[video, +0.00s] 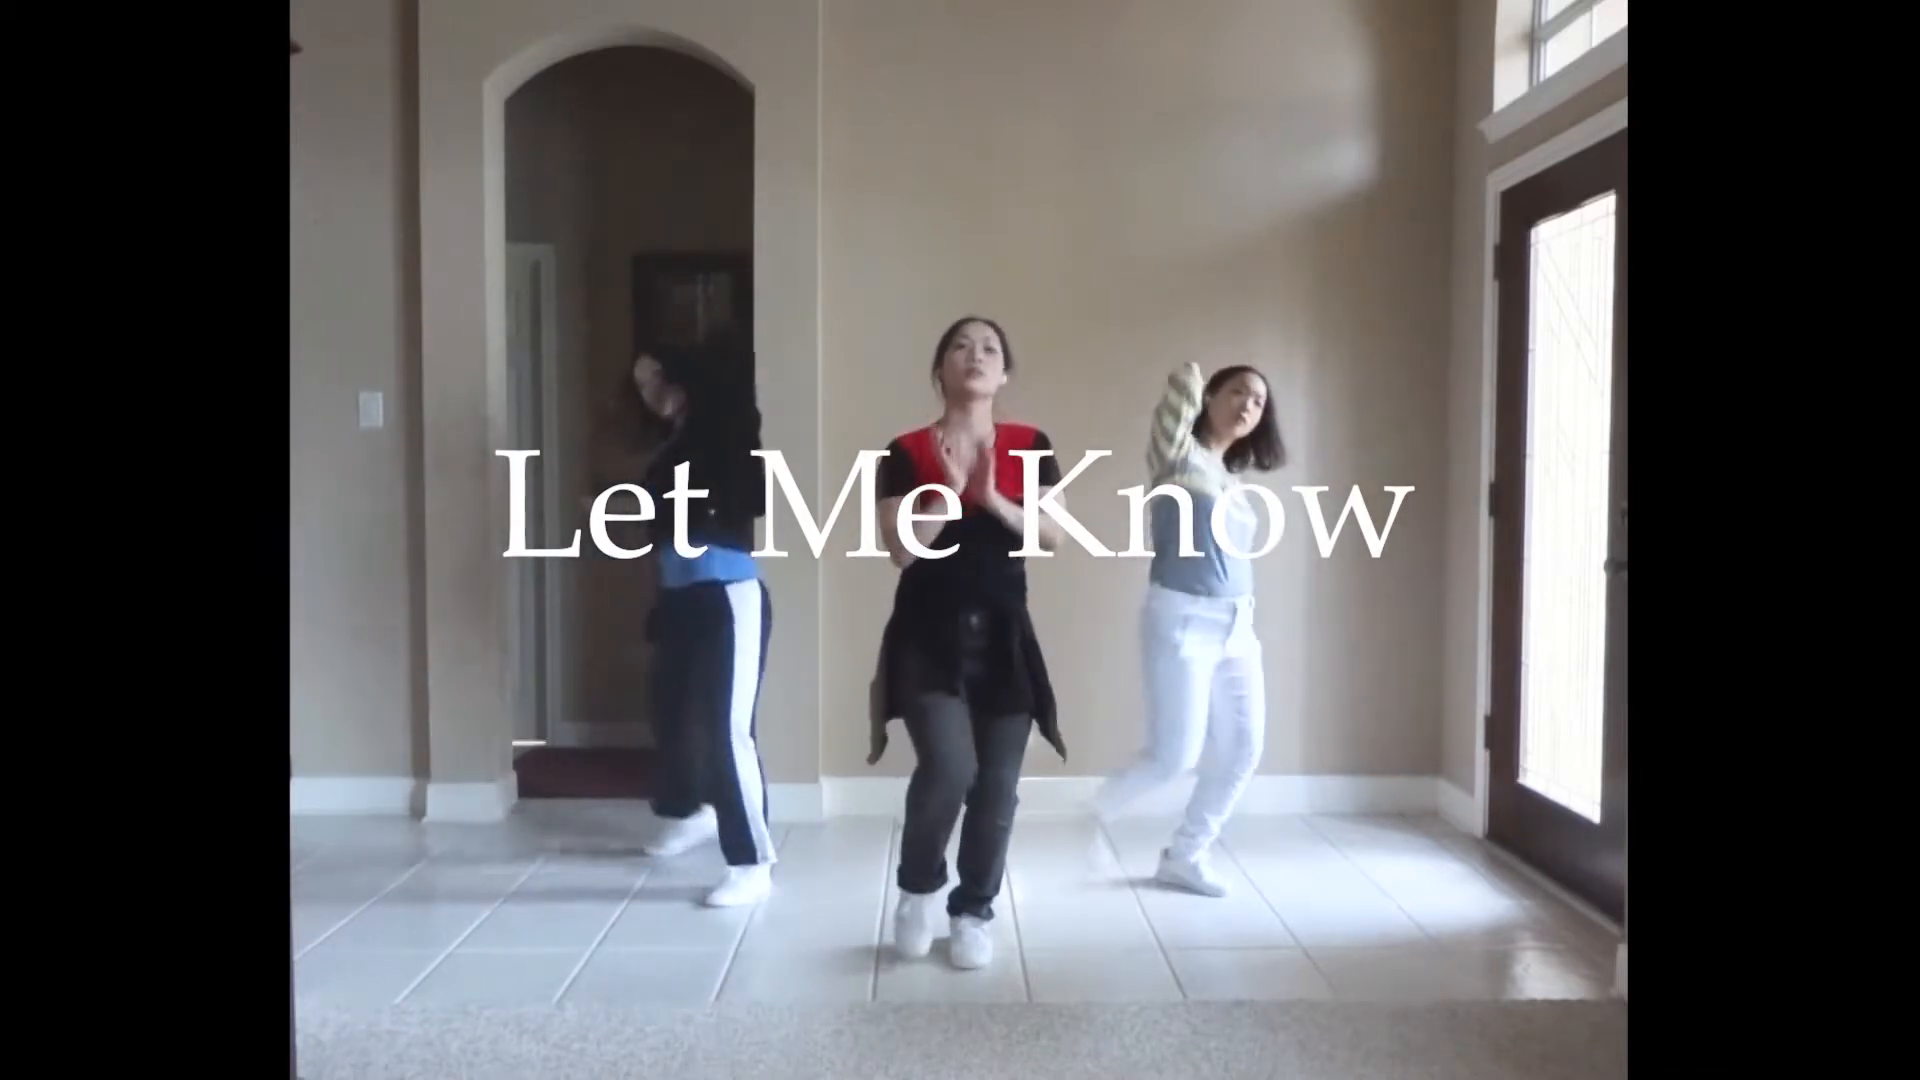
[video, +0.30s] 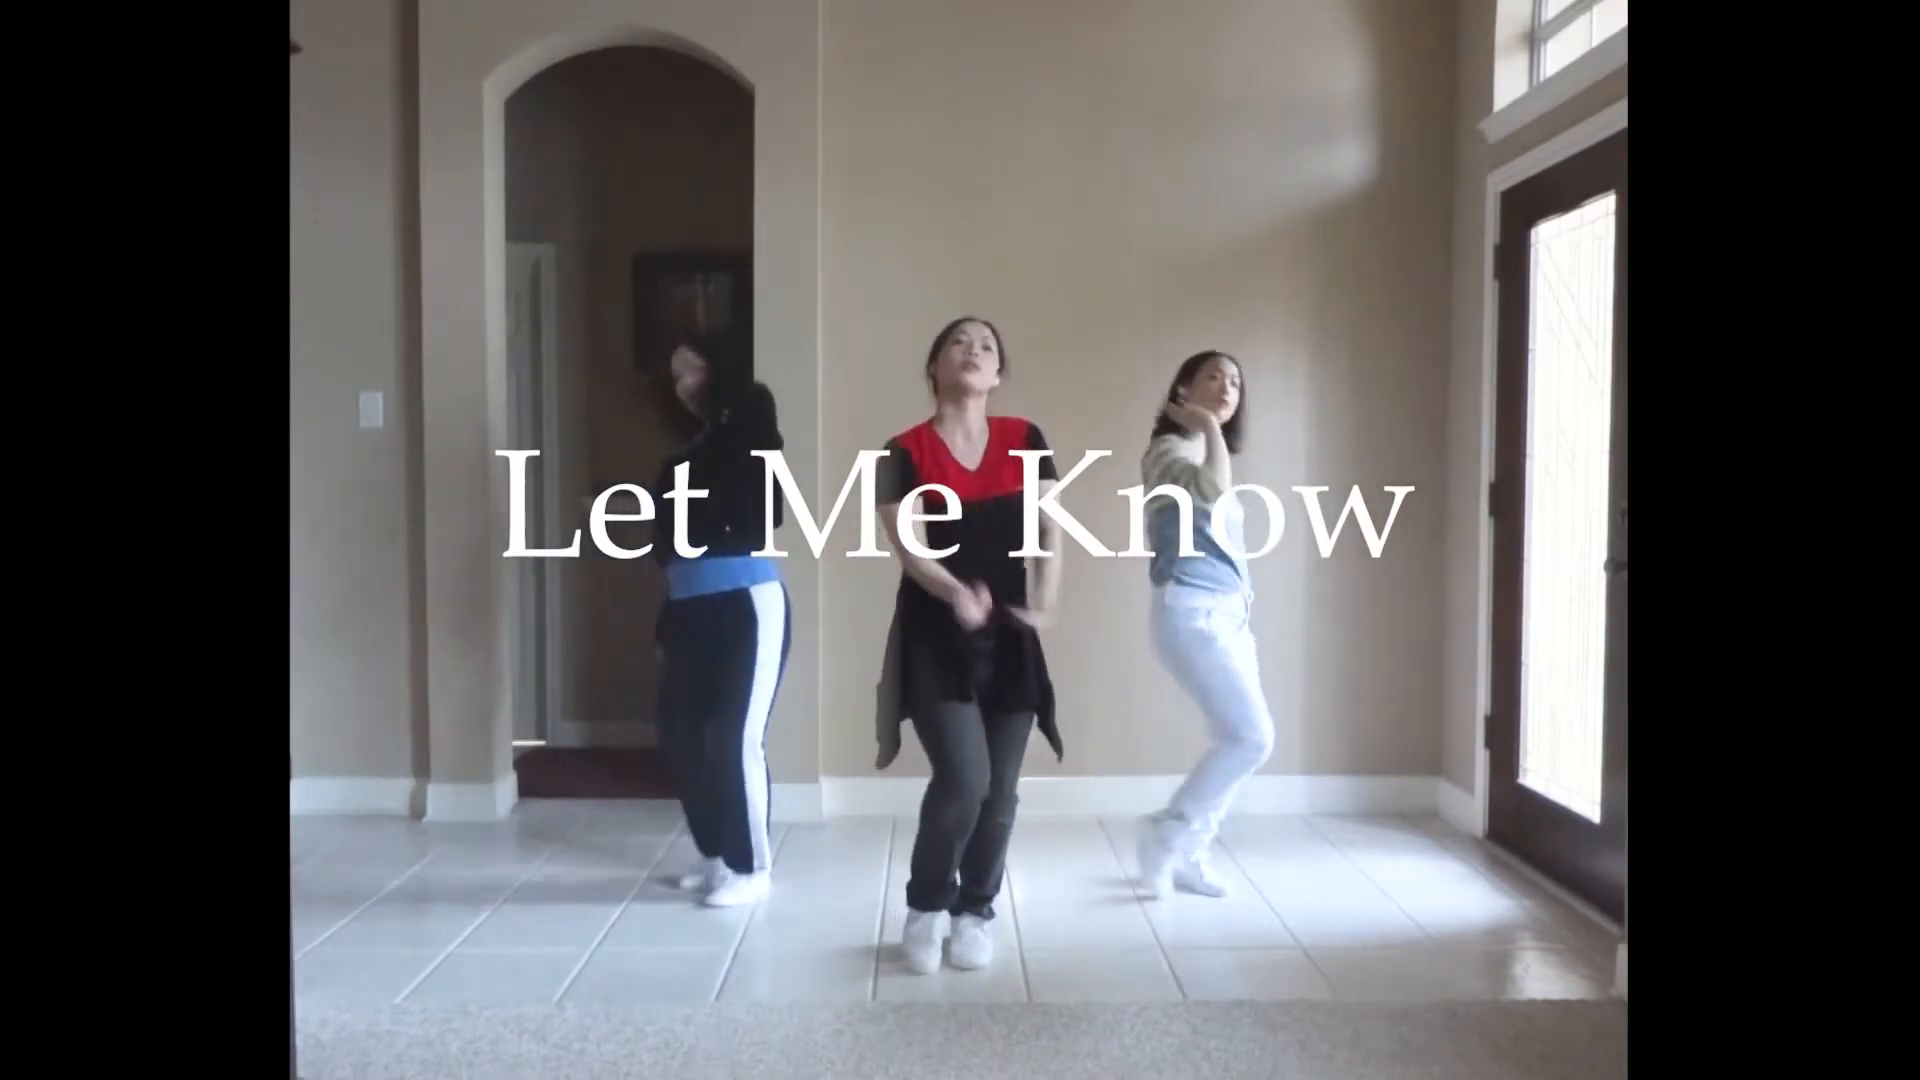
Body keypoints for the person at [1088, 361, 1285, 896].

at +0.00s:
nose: (1249, 403)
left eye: (1259, 400)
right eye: (1240, 392)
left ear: (1260, 421)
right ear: (1209, 398)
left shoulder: (1236, 478)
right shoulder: (1176, 459)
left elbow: (1229, 557)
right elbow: (1172, 423)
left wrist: (1241, 617)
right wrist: (1188, 381)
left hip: (1235, 624)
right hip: (1180, 619)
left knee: (1240, 750)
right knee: (1173, 756)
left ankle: (1184, 858)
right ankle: (1096, 812)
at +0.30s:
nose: (1227, 388)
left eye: (1234, 384)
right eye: (1215, 377)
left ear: (1237, 406)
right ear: (1181, 392)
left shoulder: (1210, 460)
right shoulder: (1165, 452)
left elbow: (1220, 541)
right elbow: (1212, 493)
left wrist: (1237, 600)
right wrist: (1211, 428)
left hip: (1227, 612)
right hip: (1188, 611)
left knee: (1243, 738)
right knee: (1251, 738)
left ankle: (1191, 850)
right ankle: (1166, 832)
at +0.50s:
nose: (1211, 373)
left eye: (1218, 367)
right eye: (1197, 364)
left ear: (1224, 387)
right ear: (1170, 379)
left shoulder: (1205, 447)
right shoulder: (1170, 444)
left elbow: (1207, 526)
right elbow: (1205, 518)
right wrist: (1243, 462)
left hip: (1222, 599)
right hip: (1192, 602)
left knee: (1204, 737)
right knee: (1267, 725)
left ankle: (1184, 857)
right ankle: (1189, 846)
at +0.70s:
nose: (1204, 365)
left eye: (1208, 358)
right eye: (1189, 358)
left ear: (1215, 375)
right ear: (1161, 377)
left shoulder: (1188, 440)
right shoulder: (1177, 441)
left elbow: (1213, 524)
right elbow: (1220, 520)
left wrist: (1279, 520)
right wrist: (1286, 515)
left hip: (1200, 596)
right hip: (1189, 598)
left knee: (1193, 731)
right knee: (1257, 722)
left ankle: (1179, 857)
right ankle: (1191, 845)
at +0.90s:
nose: (1200, 368)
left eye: (1203, 359)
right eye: (1186, 361)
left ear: (1209, 370)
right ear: (1159, 377)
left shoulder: (1153, 439)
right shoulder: (1201, 437)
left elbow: (1200, 492)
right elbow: (1235, 517)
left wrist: (1259, 478)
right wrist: (1274, 593)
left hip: (1165, 591)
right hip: (1195, 596)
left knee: (1189, 729)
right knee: (1242, 731)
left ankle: (1187, 850)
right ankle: (1168, 839)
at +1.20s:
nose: (1197, 384)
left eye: (1204, 374)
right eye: (1182, 374)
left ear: (1212, 385)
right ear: (1155, 384)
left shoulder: (1201, 449)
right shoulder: (1148, 433)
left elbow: (1262, 503)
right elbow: (1203, 497)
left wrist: (1255, 449)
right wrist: (1237, 506)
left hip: (1221, 606)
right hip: (1172, 606)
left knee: (1220, 734)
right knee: (1215, 735)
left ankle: (1190, 848)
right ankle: (1157, 846)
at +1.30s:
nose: (1197, 397)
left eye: (1205, 386)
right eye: (1184, 387)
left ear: (1217, 394)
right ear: (1158, 394)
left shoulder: (1228, 462)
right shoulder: (1141, 450)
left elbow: (1251, 537)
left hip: (1226, 604)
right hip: (1170, 605)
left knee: (1223, 733)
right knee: (1213, 734)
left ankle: (1191, 849)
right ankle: (1157, 847)